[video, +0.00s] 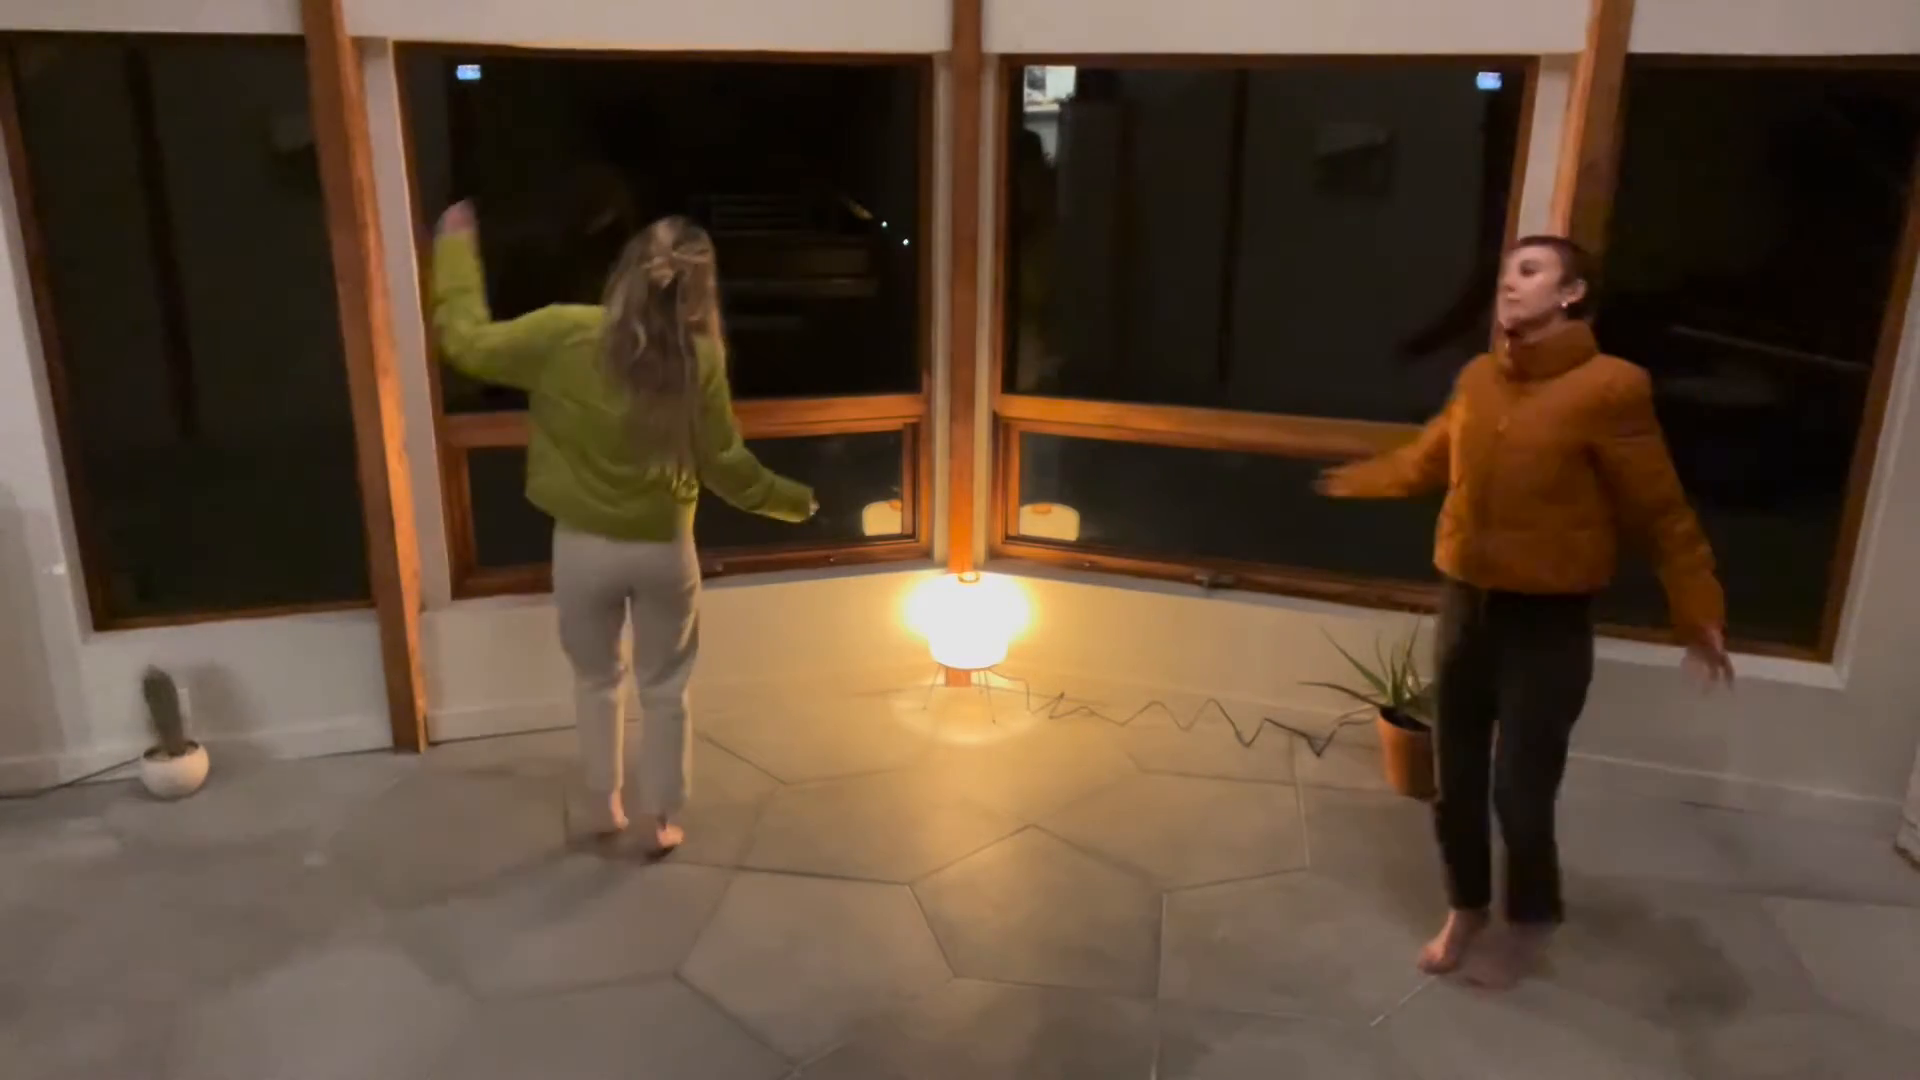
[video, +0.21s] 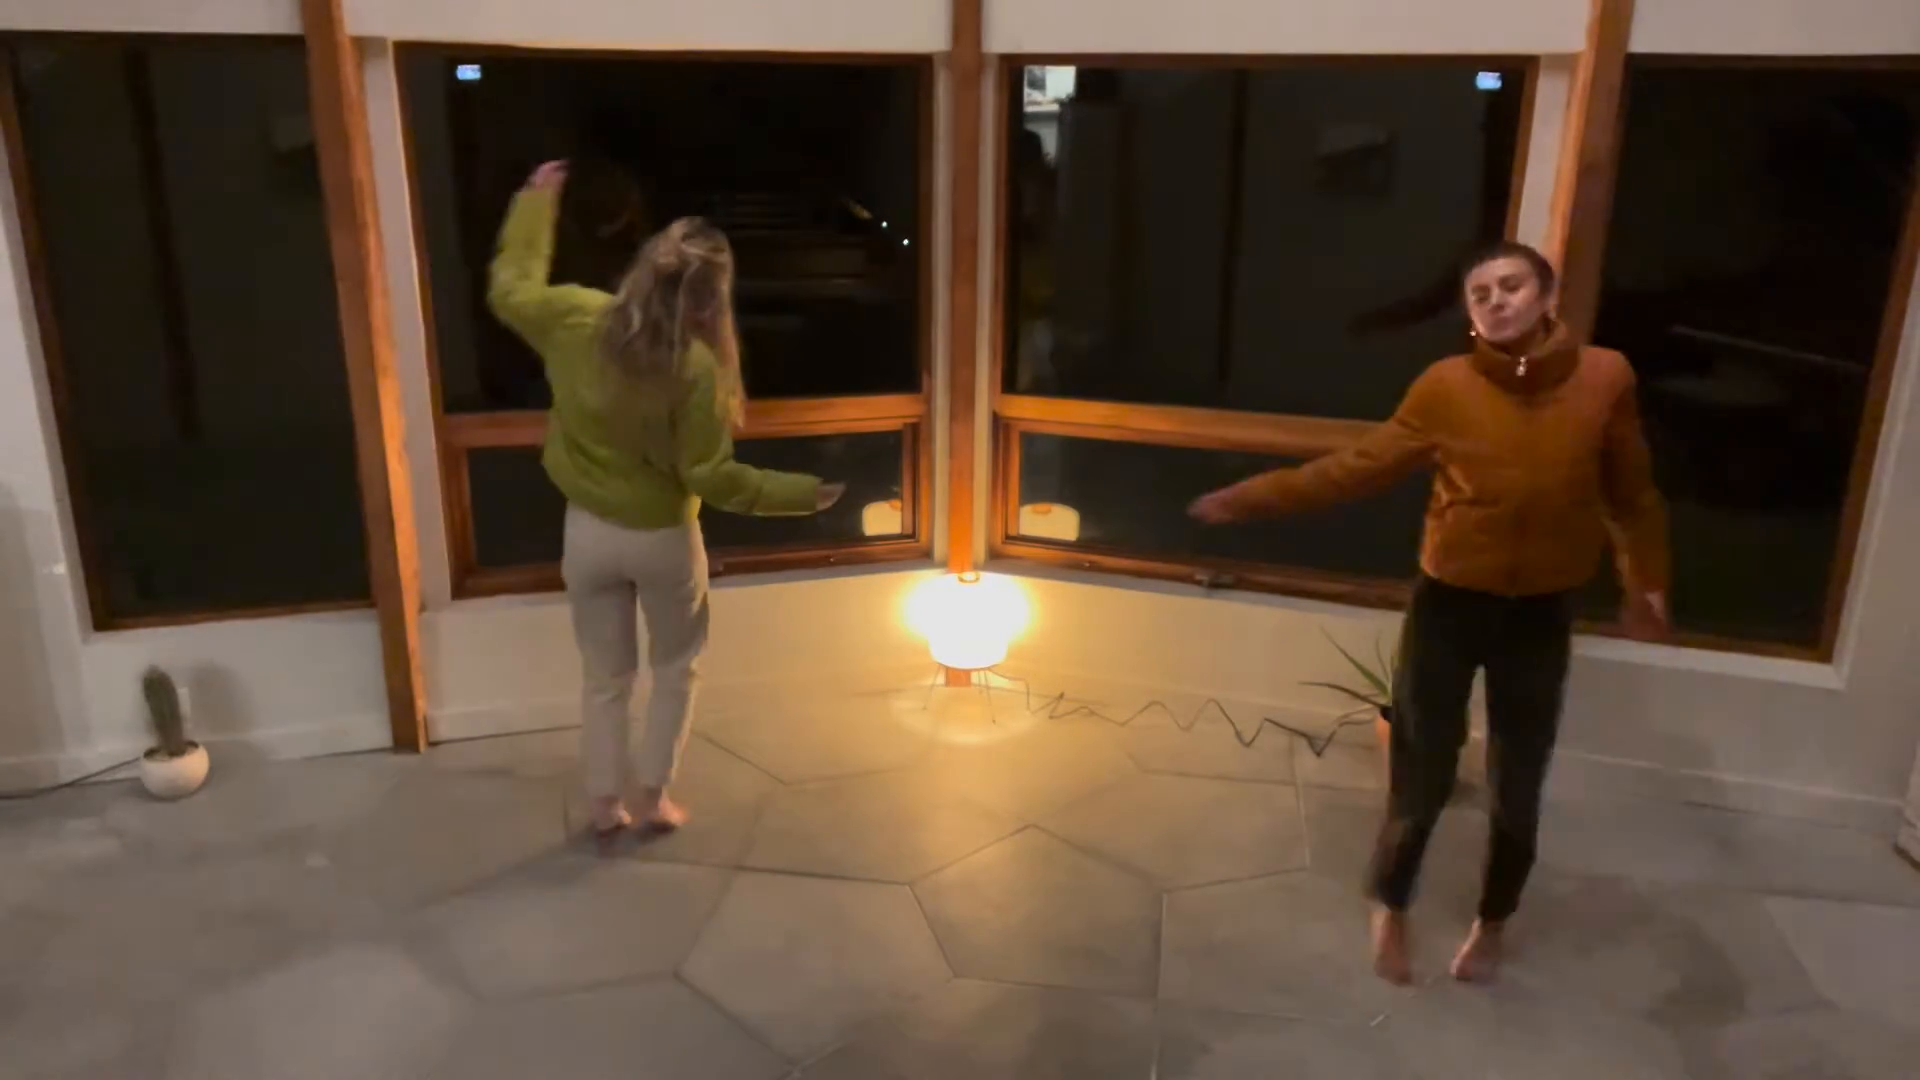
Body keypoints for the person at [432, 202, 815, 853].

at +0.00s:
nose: (715, 297)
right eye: (708, 284)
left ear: (631, 273)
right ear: (698, 291)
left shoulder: (564, 333)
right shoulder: (701, 356)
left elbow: (468, 343)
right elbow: (726, 462)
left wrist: (454, 246)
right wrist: (793, 501)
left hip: (584, 553)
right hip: (665, 555)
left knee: (596, 681)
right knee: (664, 686)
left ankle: (604, 806)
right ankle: (665, 821)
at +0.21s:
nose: (721, 311)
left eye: (721, 298)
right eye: (718, 298)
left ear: (644, 276)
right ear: (701, 300)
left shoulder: (579, 318)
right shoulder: (696, 367)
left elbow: (511, 290)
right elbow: (706, 474)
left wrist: (535, 200)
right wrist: (804, 495)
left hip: (587, 535)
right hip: (664, 542)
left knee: (604, 677)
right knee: (675, 666)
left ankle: (603, 805)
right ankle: (648, 795)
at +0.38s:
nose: (738, 313)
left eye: (740, 299)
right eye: (735, 300)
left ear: (660, 274)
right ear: (710, 301)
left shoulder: (600, 311)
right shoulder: (694, 367)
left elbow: (577, 263)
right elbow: (698, 478)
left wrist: (616, 189)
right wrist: (799, 479)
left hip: (602, 527)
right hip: (666, 542)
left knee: (632, 655)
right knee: (676, 668)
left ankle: (627, 776)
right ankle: (658, 799)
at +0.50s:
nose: (742, 328)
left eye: (746, 314)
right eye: (738, 314)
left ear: (673, 283)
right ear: (707, 306)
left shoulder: (623, 305)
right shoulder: (683, 365)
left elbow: (647, 246)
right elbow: (683, 473)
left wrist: (688, 187)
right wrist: (774, 457)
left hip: (619, 523)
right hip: (664, 538)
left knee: (651, 648)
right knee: (688, 655)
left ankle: (632, 768)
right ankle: (659, 791)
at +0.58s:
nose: (740, 316)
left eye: (743, 305)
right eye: (734, 304)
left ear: (691, 294)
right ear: (705, 301)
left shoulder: (667, 315)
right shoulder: (667, 366)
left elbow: (701, 259)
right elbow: (673, 461)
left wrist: (744, 202)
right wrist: (746, 432)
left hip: (650, 523)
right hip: (665, 534)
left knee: (672, 644)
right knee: (702, 655)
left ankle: (640, 764)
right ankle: (664, 776)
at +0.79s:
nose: (732, 308)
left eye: (734, 295)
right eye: (725, 298)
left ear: (730, 295)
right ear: (690, 298)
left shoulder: (726, 322)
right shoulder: (642, 359)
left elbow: (785, 290)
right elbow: (646, 453)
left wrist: (849, 240)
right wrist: (689, 390)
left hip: (717, 524)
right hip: (669, 539)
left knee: (722, 651)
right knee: (716, 663)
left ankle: (685, 761)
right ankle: (670, 776)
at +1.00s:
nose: (730, 306)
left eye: (739, 294)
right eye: (719, 294)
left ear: (749, 285)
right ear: (686, 284)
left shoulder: (765, 320)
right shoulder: (649, 345)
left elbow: (848, 324)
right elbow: (608, 443)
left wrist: (928, 298)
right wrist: (625, 364)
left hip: (752, 528)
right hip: (686, 539)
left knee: (770, 660)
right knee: (714, 664)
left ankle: (740, 758)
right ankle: (692, 782)